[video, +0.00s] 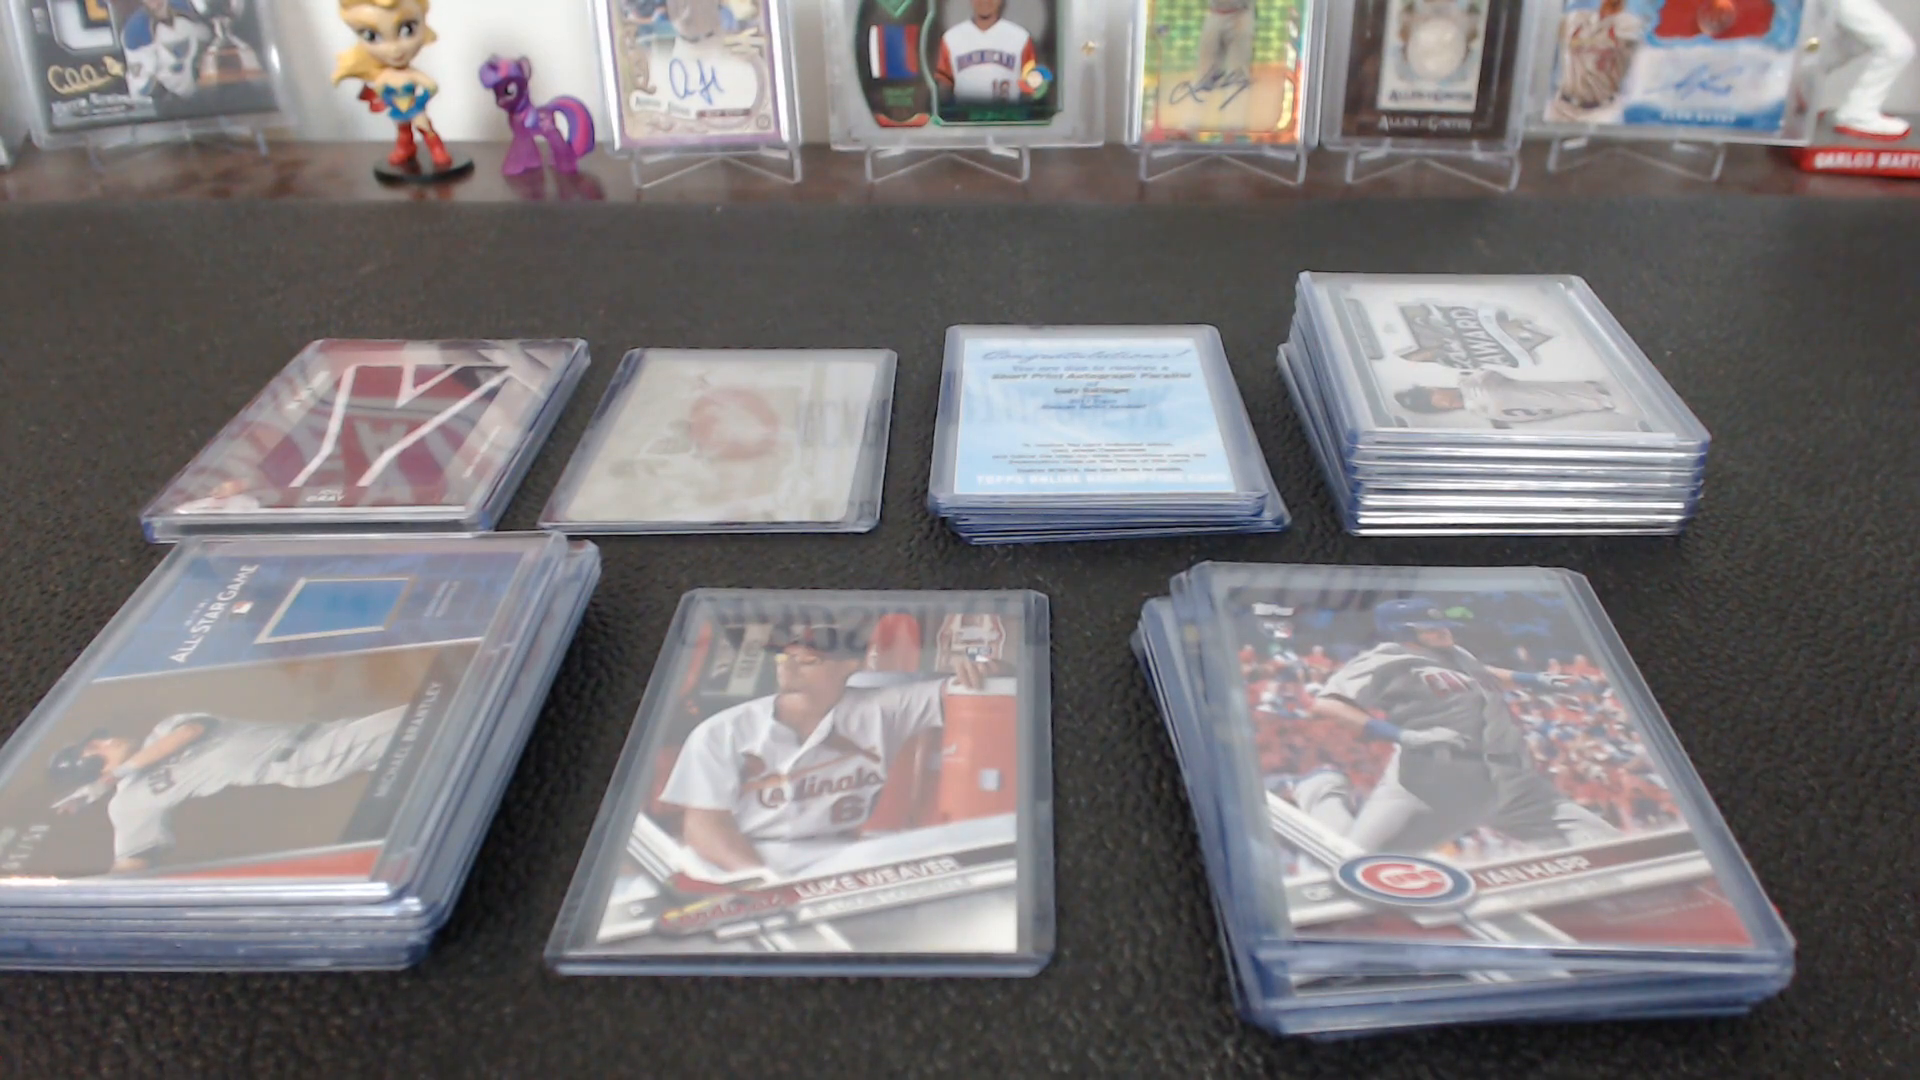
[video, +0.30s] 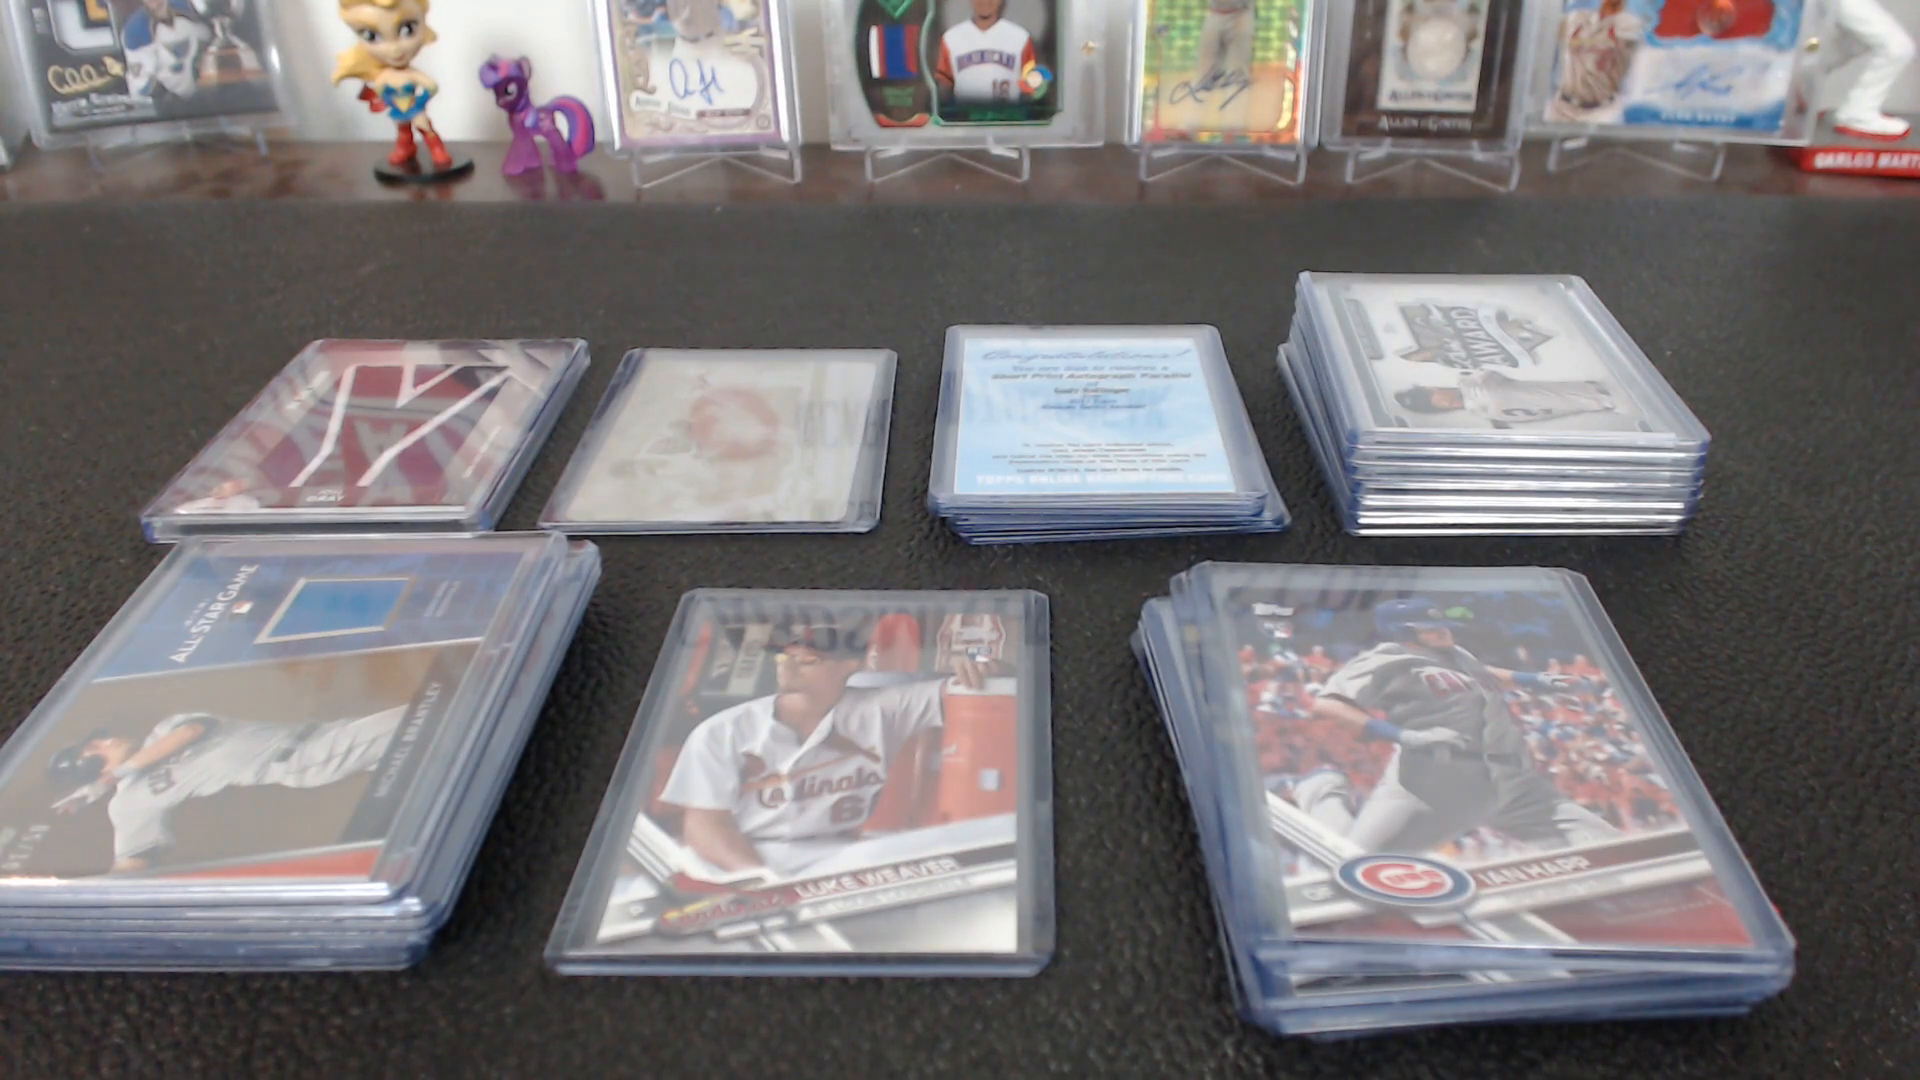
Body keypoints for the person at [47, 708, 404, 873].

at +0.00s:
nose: (109, 740)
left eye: (99, 739)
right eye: (99, 746)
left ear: (106, 744)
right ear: (99, 769)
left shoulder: (160, 729)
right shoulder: (131, 800)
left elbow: (193, 732)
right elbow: (130, 870)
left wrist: (116, 775)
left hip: (310, 732)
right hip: (298, 760)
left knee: (415, 720)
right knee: (413, 717)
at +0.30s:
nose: (109, 740)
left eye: (99, 739)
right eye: (99, 747)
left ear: (107, 742)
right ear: (99, 770)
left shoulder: (161, 728)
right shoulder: (130, 800)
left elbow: (193, 731)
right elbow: (129, 871)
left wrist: (116, 775)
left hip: (310, 732)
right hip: (297, 760)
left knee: (415, 721)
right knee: (412, 718)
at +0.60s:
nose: (112, 740)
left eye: (101, 739)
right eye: (101, 746)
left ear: (108, 742)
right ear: (100, 770)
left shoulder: (161, 728)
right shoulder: (131, 799)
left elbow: (193, 732)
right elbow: (129, 871)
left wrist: (118, 775)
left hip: (311, 733)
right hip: (298, 760)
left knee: (416, 721)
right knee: (414, 717)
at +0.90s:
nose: (111, 740)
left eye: (101, 739)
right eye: (101, 747)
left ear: (109, 741)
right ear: (100, 771)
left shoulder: (161, 729)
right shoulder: (131, 799)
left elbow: (193, 732)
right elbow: (129, 870)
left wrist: (118, 774)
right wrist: (86, 901)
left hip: (311, 733)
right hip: (298, 760)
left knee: (415, 722)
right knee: (414, 718)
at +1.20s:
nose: (112, 740)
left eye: (102, 739)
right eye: (102, 746)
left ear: (108, 743)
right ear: (101, 769)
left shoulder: (161, 729)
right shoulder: (132, 798)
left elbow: (191, 733)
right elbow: (130, 869)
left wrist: (114, 777)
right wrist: (78, 895)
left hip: (313, 732)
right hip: (300, 760)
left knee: (417, 722)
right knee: (414, 718)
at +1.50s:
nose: (113, 740)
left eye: (103, 739)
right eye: (103, 746)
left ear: (109, 741)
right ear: (101, 769)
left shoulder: (161, 729)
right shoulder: (131, 798)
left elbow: (192, 732)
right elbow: (130, 869)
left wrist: (116, 775)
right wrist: (88, 901)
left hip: (311, 732)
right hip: (299, 760)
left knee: (416, 721)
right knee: (414, 717)